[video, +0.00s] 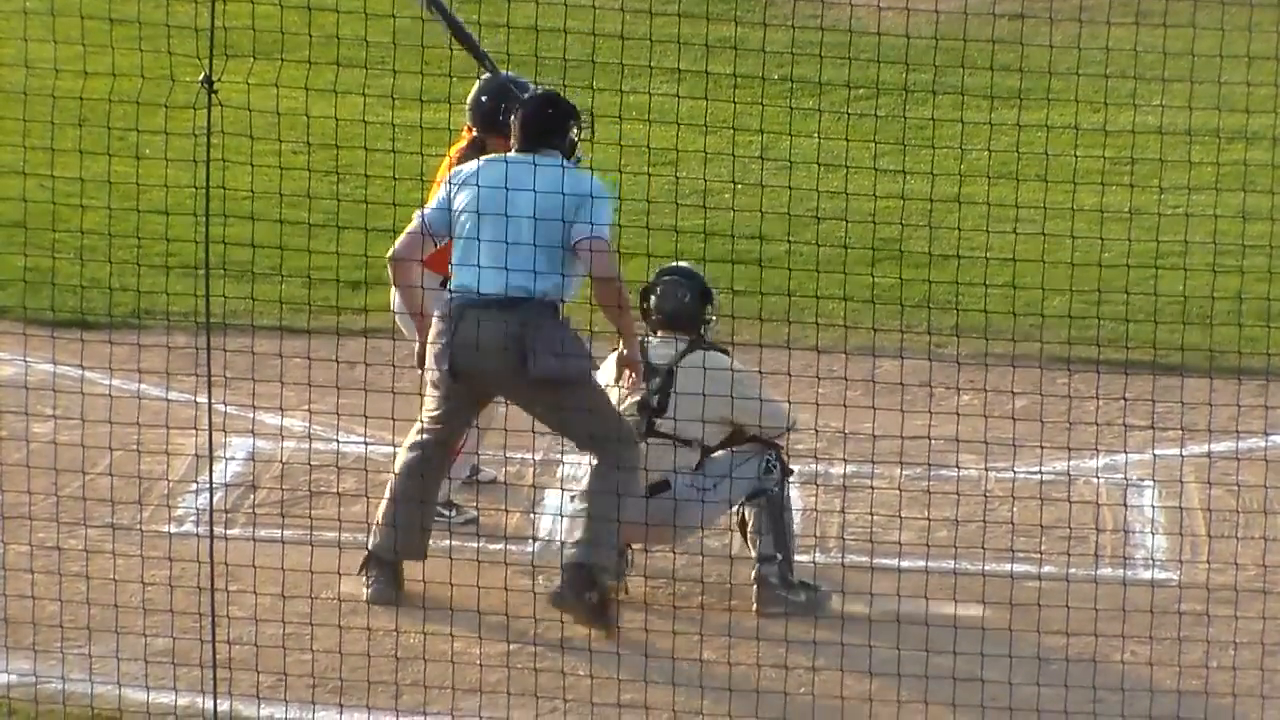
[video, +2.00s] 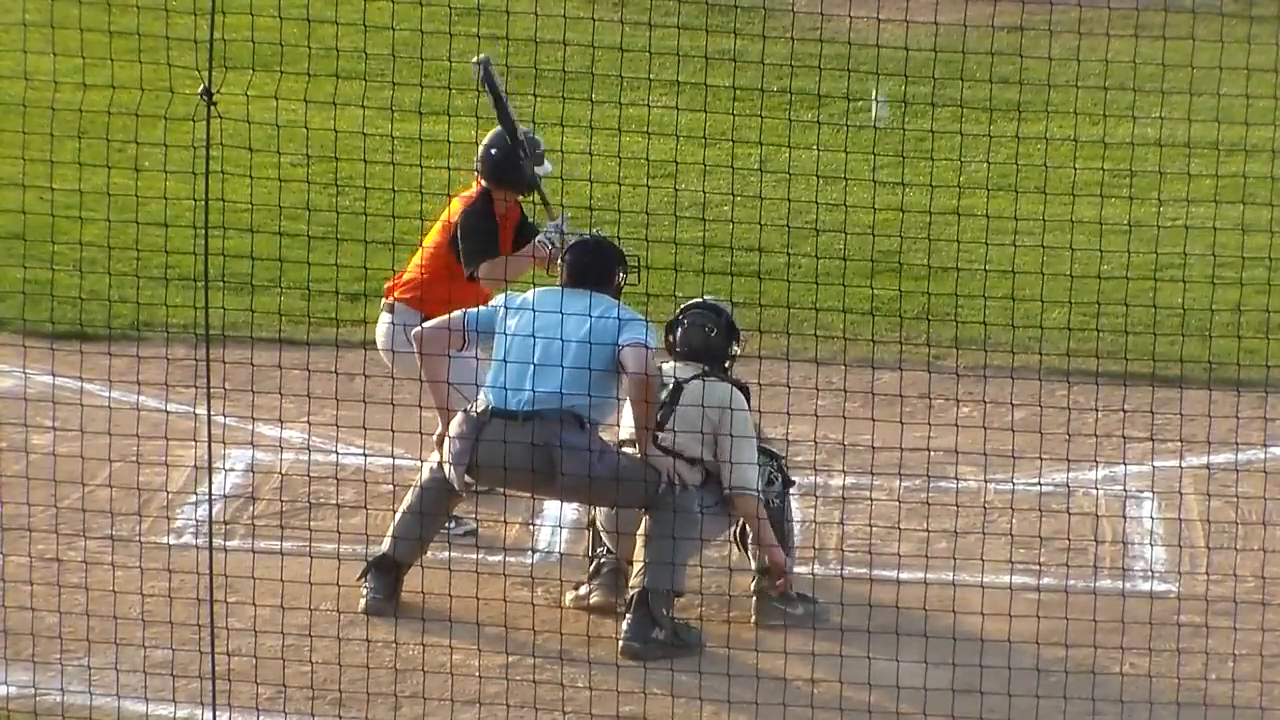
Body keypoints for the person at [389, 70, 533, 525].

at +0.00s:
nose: (521, 132)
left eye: (521, 123)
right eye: (516, 122)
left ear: (482, 122)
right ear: (497, 125)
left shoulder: (475, 156)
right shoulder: (470, 165)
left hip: (442, 281)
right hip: (430, 284)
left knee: (472, 371)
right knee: (452, 383)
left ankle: (465, 463)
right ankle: (437, 491)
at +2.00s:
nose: (536, 173)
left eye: (536, 165)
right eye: (531, 166)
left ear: (491, 168)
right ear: (519, 172)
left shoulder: (511, 210)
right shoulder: (475, 207)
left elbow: (527, 256)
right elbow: (488, 272)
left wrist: (550, 244)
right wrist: (536, 252)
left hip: (450, 327)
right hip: (411, 324)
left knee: (489, 401)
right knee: (467, 410)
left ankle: (443, 504)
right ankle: (435, 509)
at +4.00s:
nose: (272, 87)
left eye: (271, 80)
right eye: (271, 80)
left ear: (222, 69)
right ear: (264, 77)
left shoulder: (179, 107)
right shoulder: (269, 121)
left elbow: (161, 177)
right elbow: (285, 208)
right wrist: (288, 180)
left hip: (174, 253)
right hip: (239, 256)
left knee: (138, 364)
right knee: (257, 370)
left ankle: (98, 473)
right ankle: (262, 487)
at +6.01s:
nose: (156, 77)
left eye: (161, 71)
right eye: (160, 72)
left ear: (166, 72)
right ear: (210, 75)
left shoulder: (139, 116)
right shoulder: (237, 127)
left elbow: (117, 181)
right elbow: (257, 208)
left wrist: (167, 172)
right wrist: (235, 191)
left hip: (139, 260)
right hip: (205, 264)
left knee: (125, 375)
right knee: (228, 374)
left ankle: (113, 496)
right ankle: (248, 493)